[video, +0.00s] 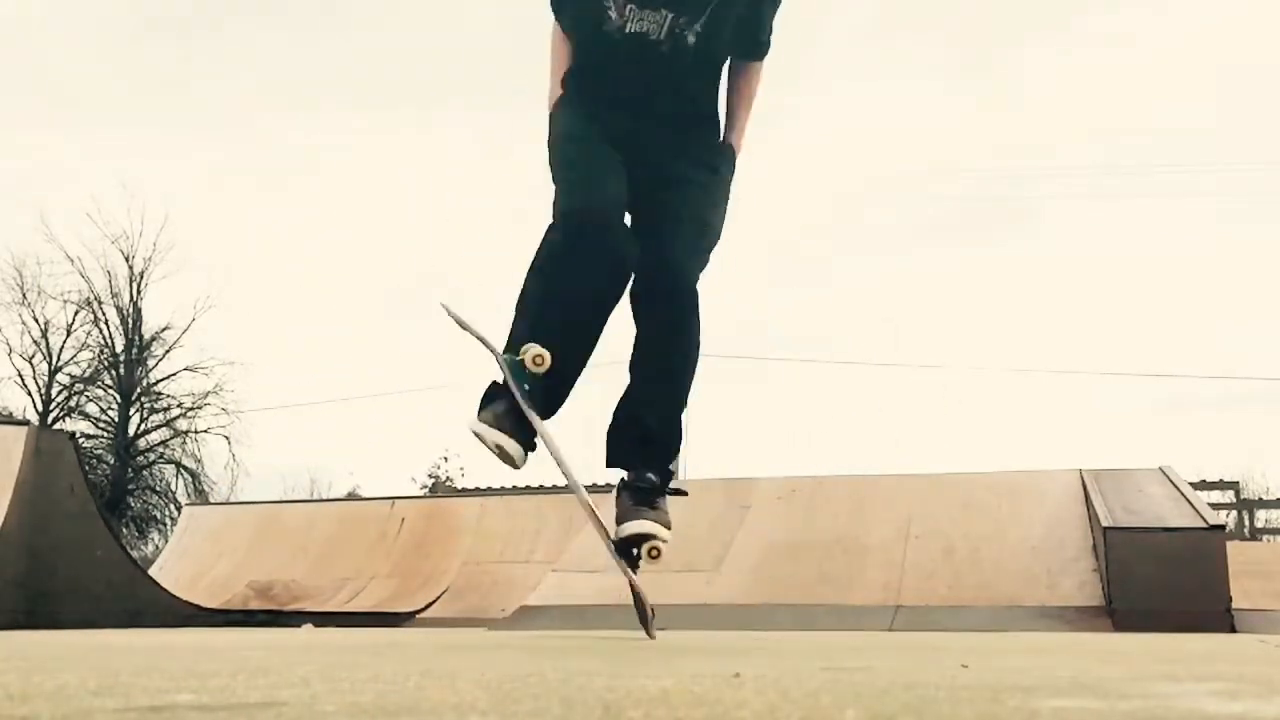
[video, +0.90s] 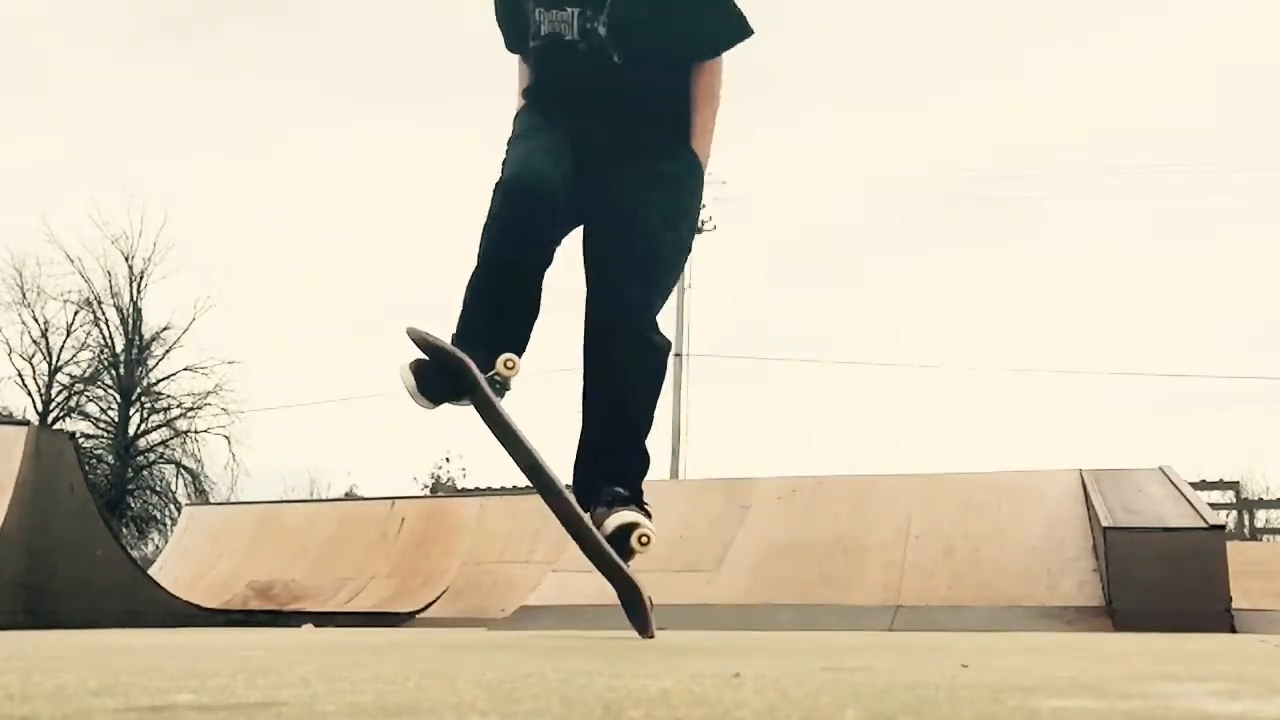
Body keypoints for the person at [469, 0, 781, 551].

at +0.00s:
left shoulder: (753, 5)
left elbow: (748, 55)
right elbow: (566, 25)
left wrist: (731, 148)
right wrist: (559, 112)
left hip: (686, 122)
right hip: (592, 109)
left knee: (671, 289)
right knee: (593, 236)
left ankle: (645, 477)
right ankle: (520, 397)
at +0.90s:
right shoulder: (521, 3)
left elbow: (707, 54)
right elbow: (528, 56)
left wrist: (694, 164)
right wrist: (524, 134)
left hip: (651, 124)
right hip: (556, 117)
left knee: (628, 322)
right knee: (527, 191)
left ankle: (613, 493)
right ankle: (481, 351)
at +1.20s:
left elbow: (651, 21)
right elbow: (478, 36)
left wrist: (641, 117)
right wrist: (466, 102)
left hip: (601, 106)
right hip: (498, 100)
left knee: (596, 305)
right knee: (449, 185)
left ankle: (592, 500)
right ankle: (454, 340)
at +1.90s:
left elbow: (624, 13)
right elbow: (443, 32)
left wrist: (609, 104)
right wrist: (436, 96)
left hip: (561, 108)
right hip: (462, 103)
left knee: (565, 251)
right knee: (402, 144)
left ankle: (566, 418)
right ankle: (421, 324)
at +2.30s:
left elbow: (614, 17)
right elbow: (432, 35)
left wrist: (592, 115)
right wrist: (429, 100)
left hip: (550, 119)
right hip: (449, 111)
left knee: (539, 226)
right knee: (380, 197)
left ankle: (547, 399)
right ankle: (367, 384)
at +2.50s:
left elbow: (613, 18)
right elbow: (431, 36)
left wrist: (587, 118)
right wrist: (426, 102)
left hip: (548, 117)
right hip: (446, 111)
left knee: (537, 235)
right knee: (375, 221)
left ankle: (543, 410)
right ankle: (352, 405)